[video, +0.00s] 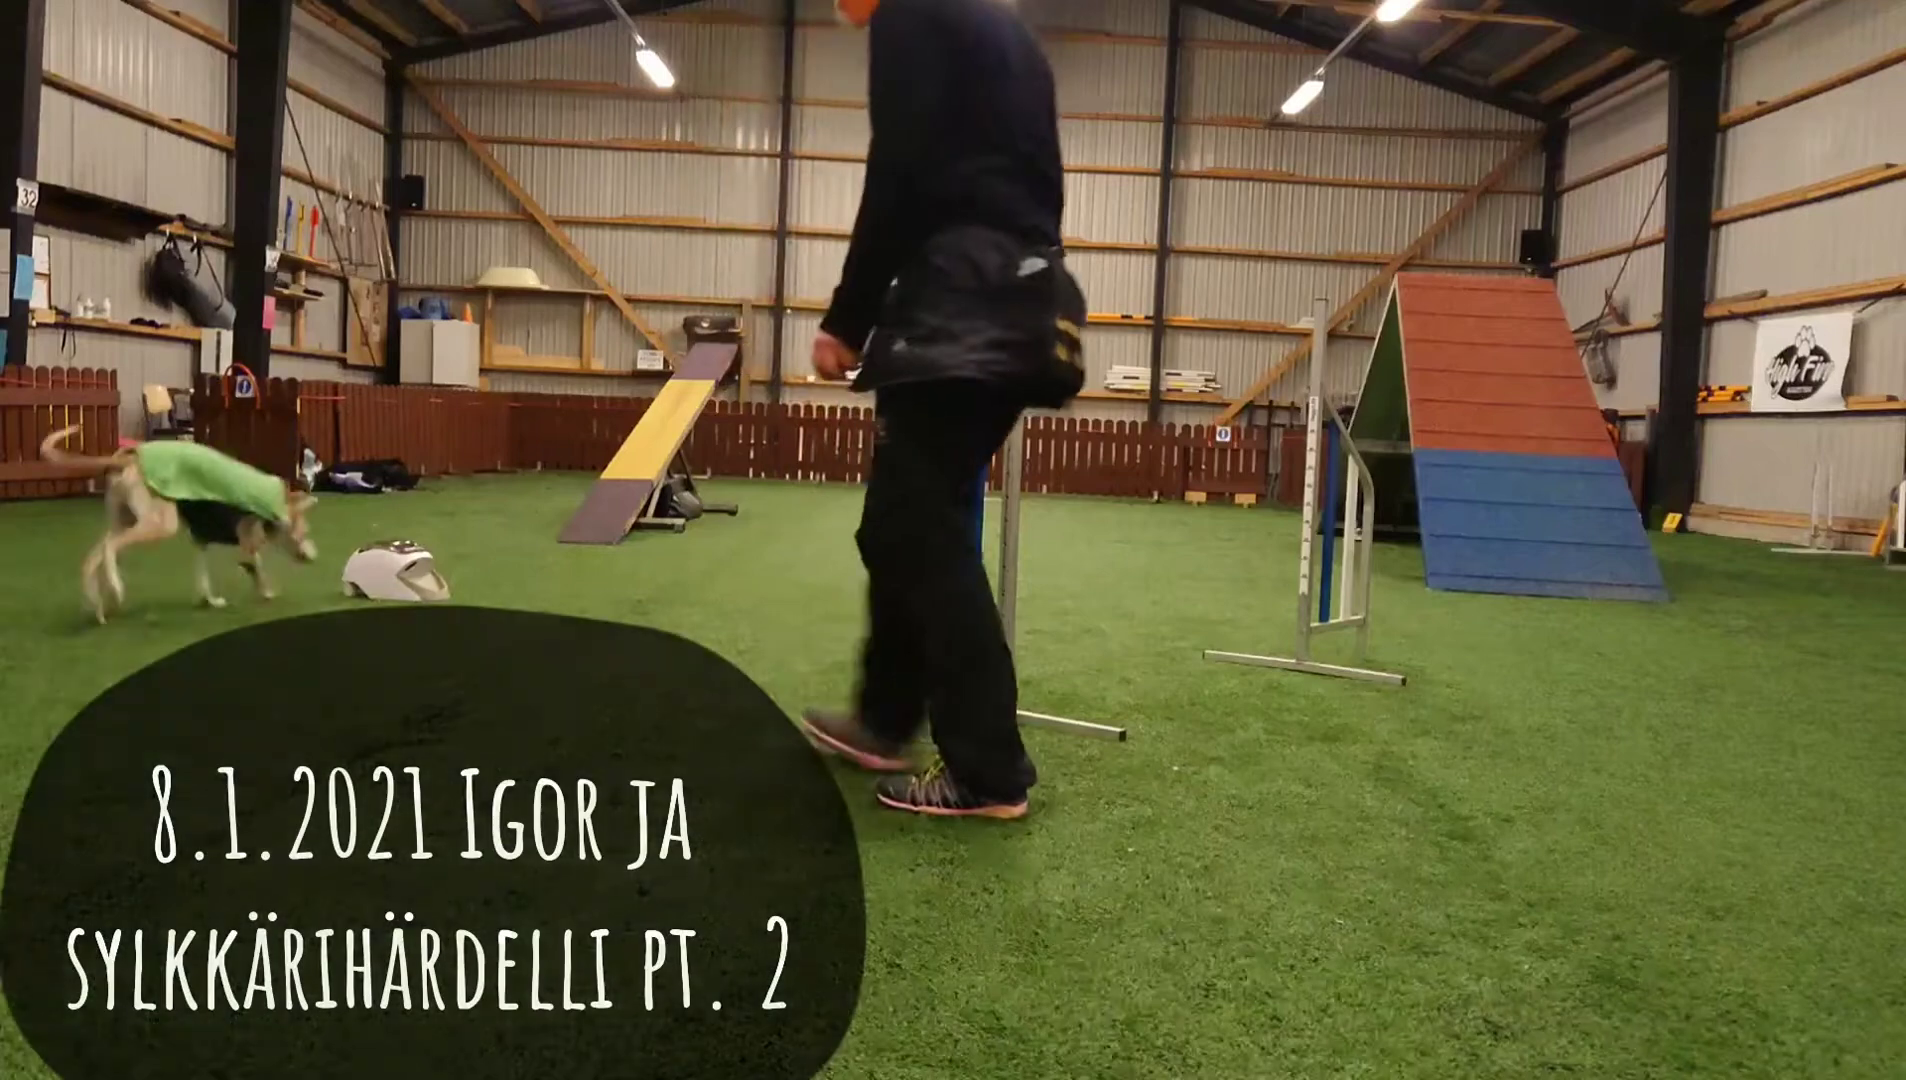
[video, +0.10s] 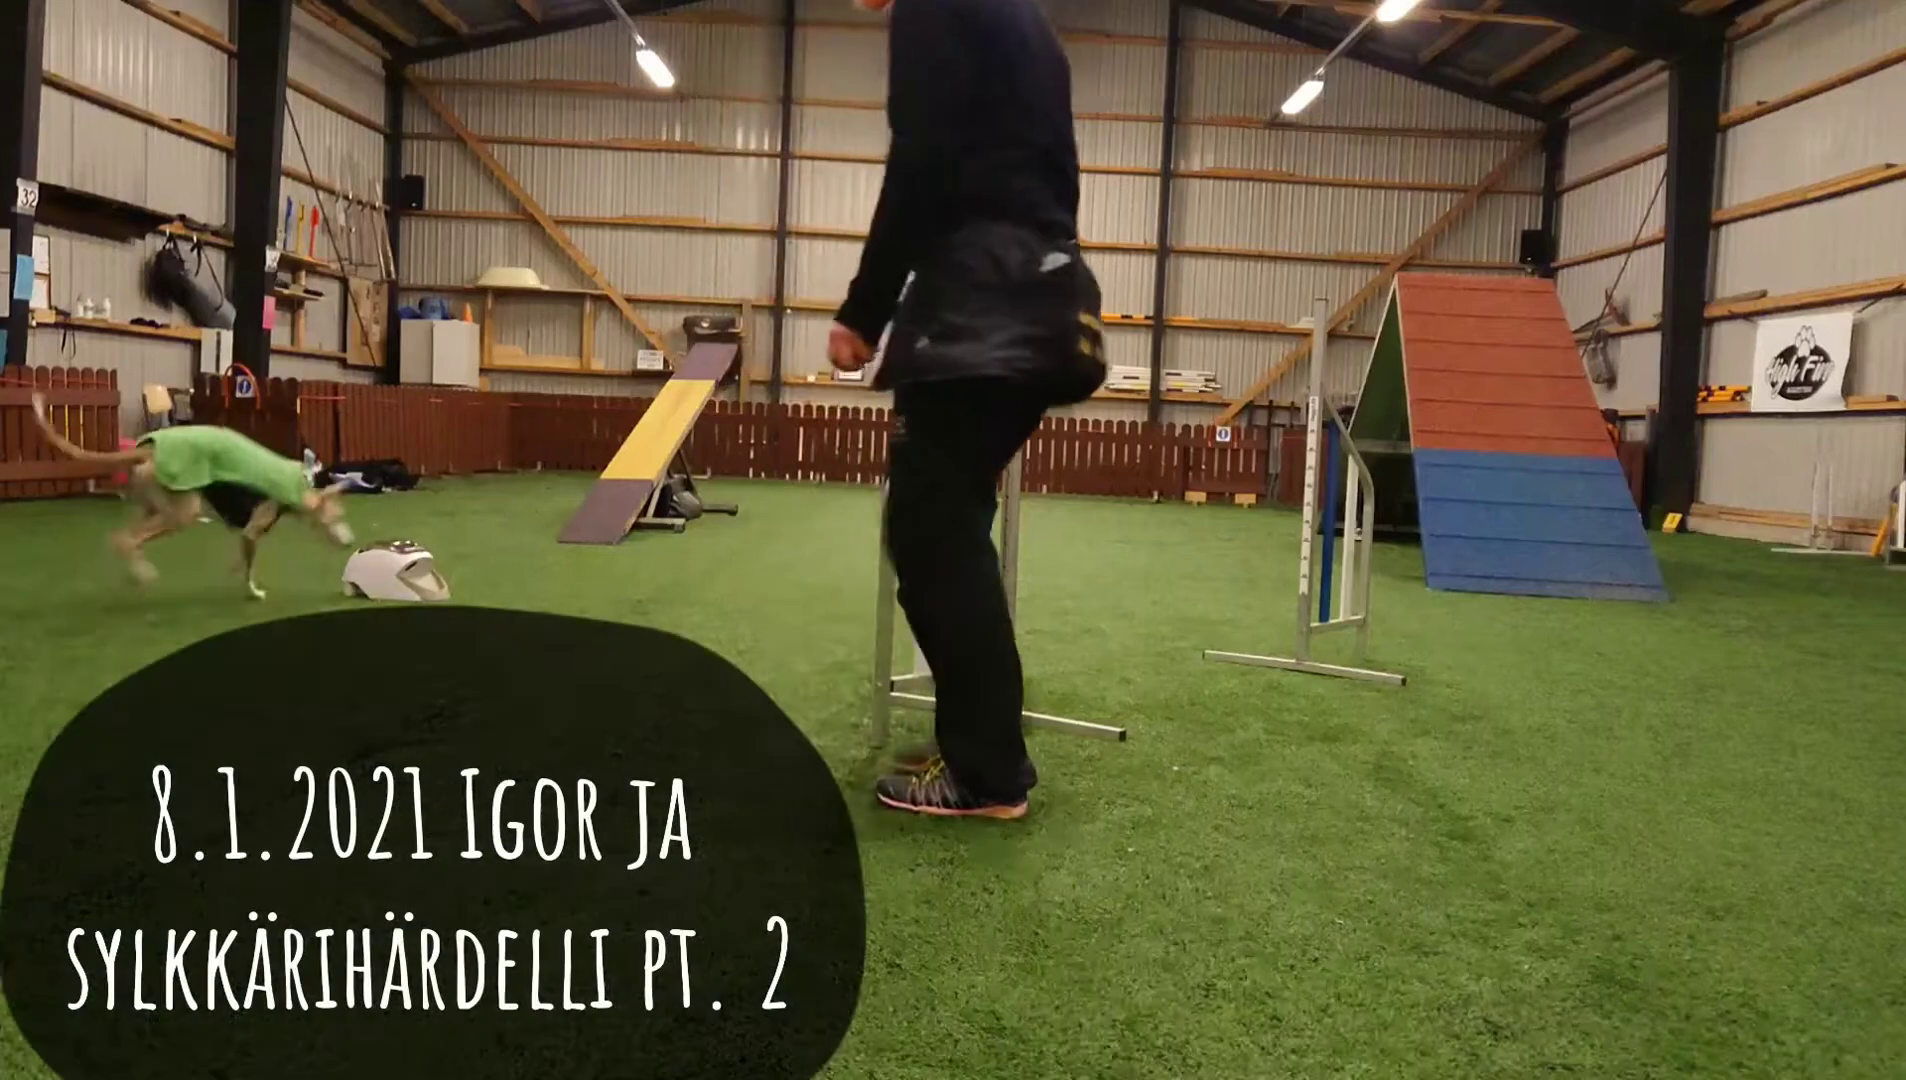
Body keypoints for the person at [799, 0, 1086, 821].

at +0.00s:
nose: (847, 7)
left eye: (850, 2)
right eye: (849, 5)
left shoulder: (909, 19)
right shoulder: (1013, 35)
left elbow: (900, 175)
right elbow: (1036, 195)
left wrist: (845, 319)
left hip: (947, 318)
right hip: (1013, 321)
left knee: (927, 542)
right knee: (898, 528)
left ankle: (991, 777)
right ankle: (883, 725)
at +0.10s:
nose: (871, 1)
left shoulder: (929, 12)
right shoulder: (1029, 26)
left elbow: (919, 166)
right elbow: (1054, 186)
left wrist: (862, 313)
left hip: (976, 317)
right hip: (1037, 316)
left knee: (927, 528)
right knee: (940, 525)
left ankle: (988, 775)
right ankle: (984, 756)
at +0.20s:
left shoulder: (954, 13)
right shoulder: (1042, 24)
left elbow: (946, 163)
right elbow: (1054, 183)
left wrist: (888, 310)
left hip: (987, 324)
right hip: (1058, 321)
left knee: (942, 535)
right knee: (975, 521)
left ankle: (987, 779)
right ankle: (1074, 730)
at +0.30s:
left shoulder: (974, 15)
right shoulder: (1058, 23)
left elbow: (972, 166)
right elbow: (1065, 179)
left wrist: (937, 308)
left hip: (997, 329)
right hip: (1067, 324)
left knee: (959, 545)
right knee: (1041, 541)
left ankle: (986, 774)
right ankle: (1097, 767)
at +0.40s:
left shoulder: (994, 13)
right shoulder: (1073, 22)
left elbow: (1008, 148)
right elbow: (1084, 162)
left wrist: (991, 302)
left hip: (1022, 329)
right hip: (1097, 324)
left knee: (970, 551)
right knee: (1077, 548)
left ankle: (987, 774)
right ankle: (1103, 776)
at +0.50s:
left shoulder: (1008, 13)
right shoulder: (1100, 27)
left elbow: (1025, 145)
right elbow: (1101, 164)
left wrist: (1024, 305)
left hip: (1034, 334)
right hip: (1118, 331)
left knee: (978, 552)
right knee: (1096, 553)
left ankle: (990, 774)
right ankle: (1104, 775)